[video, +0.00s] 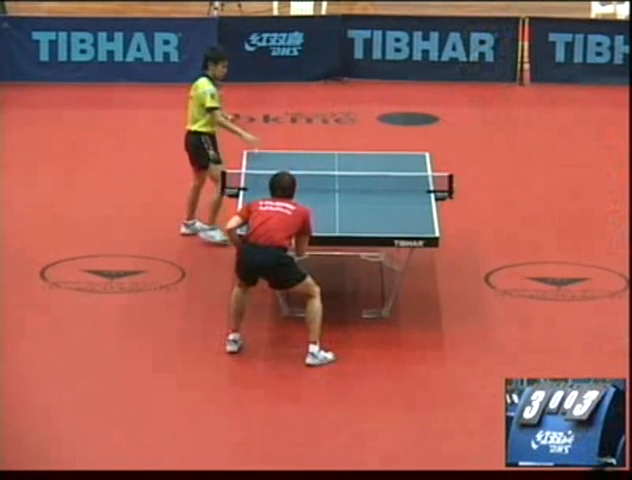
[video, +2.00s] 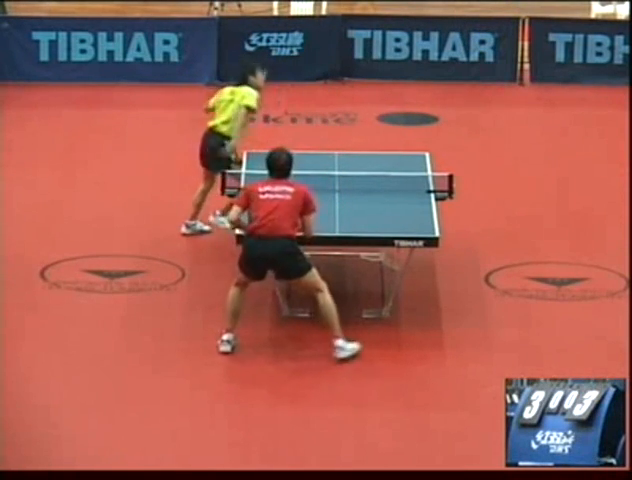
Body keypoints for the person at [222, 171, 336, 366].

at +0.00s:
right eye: (293, 189)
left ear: (271, 191)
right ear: (293, 192)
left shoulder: (255, 206)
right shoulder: (302, 212)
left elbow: (230, 228)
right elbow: (301, 251)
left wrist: (241, 246)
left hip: (249, 252)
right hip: (276, 256)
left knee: (242, 287)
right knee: (313, 292)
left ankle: (233, 336)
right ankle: (315, 349)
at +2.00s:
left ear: (268, 168)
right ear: (290, 169)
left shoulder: (253, 189)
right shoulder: (301, 192)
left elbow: (233, 218)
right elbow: (308, 233)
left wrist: (249, 229)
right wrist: (290, 233)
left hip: (255, 244)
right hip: (285, 246)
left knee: (240, 285)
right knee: (320, 289)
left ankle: (228, 336)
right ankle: (340, 342)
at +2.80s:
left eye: (363, 184)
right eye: (382, 183)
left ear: (361, 185)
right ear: (383, 188)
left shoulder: (356, 200)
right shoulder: (391, 215)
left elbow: (337, 211)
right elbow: (401, 217)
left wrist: (303, 219)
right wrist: (399, 200)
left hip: (339, 256)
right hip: (367, 261)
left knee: (293, 298)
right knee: (388, 280)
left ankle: (262, 344)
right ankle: (405, 326)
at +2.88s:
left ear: (366, 182)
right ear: (386, 186)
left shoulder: (359, 198)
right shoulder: (392, 212)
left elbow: (347, 215)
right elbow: (404, 217)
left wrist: (320, 238)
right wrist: (406, 197)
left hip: (341, 256)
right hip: (369, 259)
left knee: (295, 297)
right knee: (390, 278)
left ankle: (275, 342)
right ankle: (405, 324)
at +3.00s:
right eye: (374, 172)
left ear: (357, 174)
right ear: (378, 176)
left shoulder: (350, 194)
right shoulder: (386, 201)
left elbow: (337, 218)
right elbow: (404, 223)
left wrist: (310, 239)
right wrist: (400, 200)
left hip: (340, 253)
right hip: (368, 255)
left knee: (293, 293)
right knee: (388, 280)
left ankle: (286, 338)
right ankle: (406, 325)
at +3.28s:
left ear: (324, 167)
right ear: (347, 168)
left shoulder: (309, 187)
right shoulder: (356, 193)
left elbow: (290, 220)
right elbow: (377, 227)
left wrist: (301, 218)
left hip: (310, 247)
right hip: (340, 249)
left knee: (275, 290)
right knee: (368, 291)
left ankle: (269, 343)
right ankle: (385, 341)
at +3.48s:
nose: (365, 196)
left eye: (362, 190)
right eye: (365, 192)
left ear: (343, 190)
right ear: (363, 195)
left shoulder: (321, 208)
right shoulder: (360, 218)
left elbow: (285, 220)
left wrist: (258, 228)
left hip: (299, 263)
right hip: (327, 271)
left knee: (263, 306)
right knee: (363, 311)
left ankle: (229, 352)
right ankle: (360, 362)